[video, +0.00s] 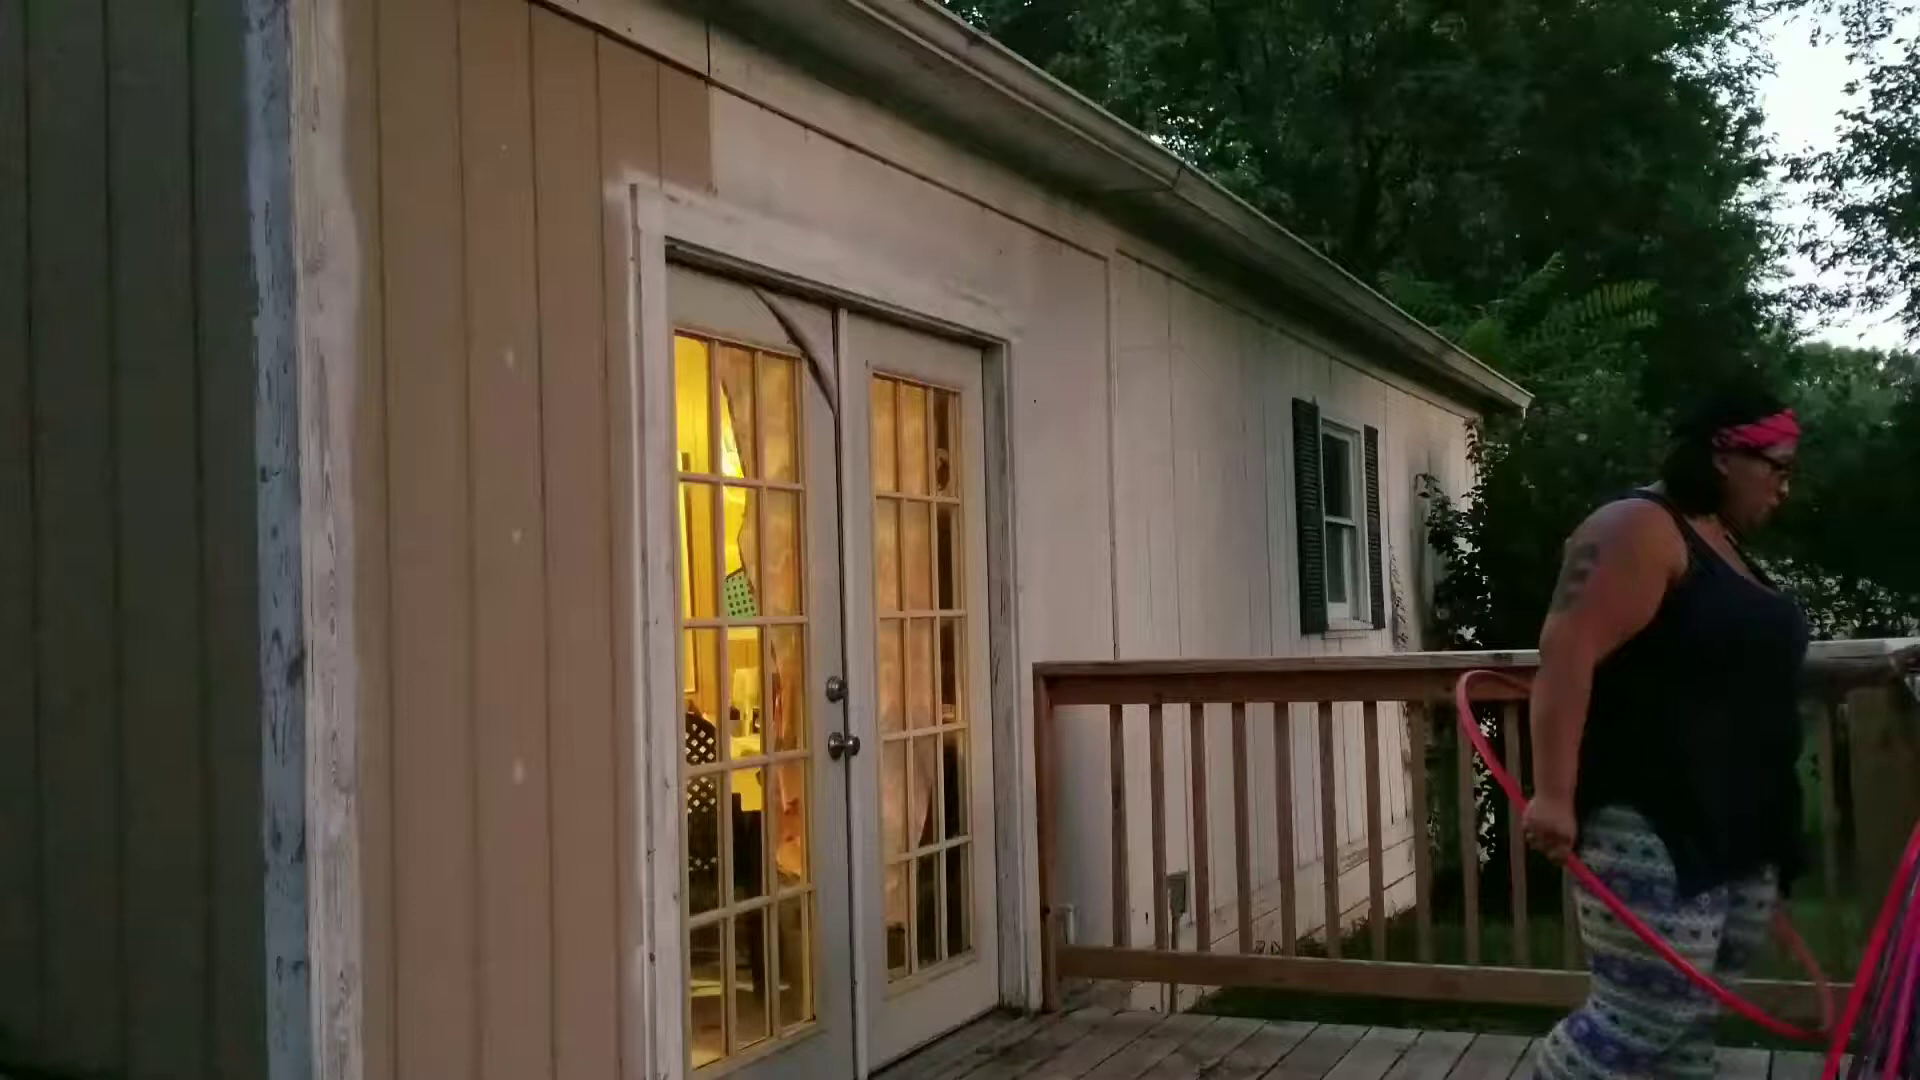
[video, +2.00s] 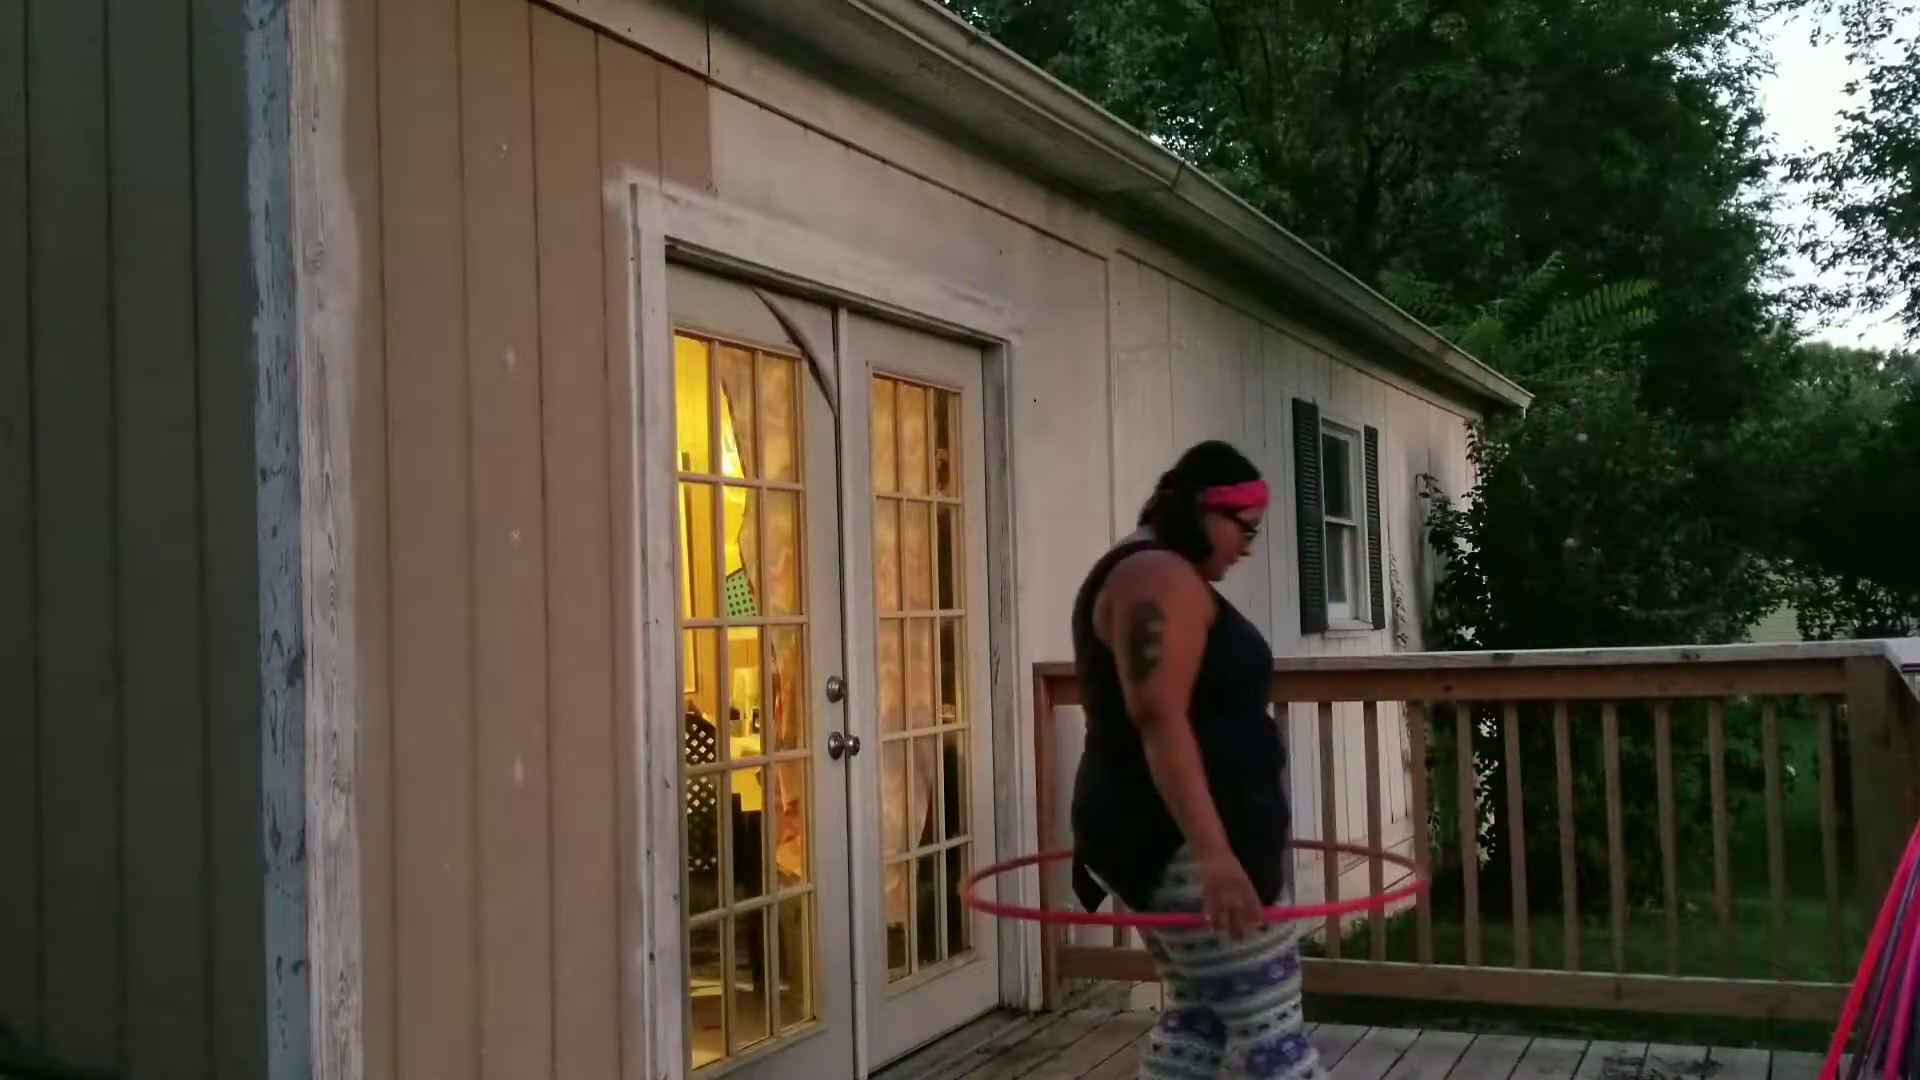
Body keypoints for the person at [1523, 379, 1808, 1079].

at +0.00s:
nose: (1783, 486)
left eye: (1787, 471)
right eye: (1773, 466)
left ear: (1734, 466)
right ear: (1719, 457)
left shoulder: (1725, 550)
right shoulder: (1635, 528)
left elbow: (1726, 703)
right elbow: (1564, 651)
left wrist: (1758, 828)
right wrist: (1552, 792)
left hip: (1731, 822)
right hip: (1639, 823)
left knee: (1694, 1030)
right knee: (1640, 1024)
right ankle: (1551, 1072)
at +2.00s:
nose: (1248, 543)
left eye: (1253, 530)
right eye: (1241, 524)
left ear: (1189, 511)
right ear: (1198, 509)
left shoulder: (1146, 573)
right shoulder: (1158, 577)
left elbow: (1153, 726)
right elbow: (1158, 720)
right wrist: (1214, 853)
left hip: (1160, 838)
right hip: (1188, 842)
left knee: (1198, 1019)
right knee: (1271, 1024)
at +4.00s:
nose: (1241, 475)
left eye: (1237, 462)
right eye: (1229, 463)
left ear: (1165, 479)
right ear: (1188, 477)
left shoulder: (1119, 560)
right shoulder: (1181, 540)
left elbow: (1084, 671)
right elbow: (1136, 646)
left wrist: (1183, 667)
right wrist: (1232, 608)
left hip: (1169, 814)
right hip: (1242, 812)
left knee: (1184, 1001)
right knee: (1316, 1012)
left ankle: (1165, 1073)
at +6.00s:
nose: (1233, 495)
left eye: (1236, 477)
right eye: (1230, 479)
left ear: (1263, 467)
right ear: (1327, 462)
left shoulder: (1272, 529)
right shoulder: (1403, 538)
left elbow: (1275, 669)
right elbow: (1466, 663)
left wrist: (1185, 798)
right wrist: (1458, 768)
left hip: (1265, 831)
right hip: (1384, 819)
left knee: (1254, 1059)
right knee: (1409, 1018)